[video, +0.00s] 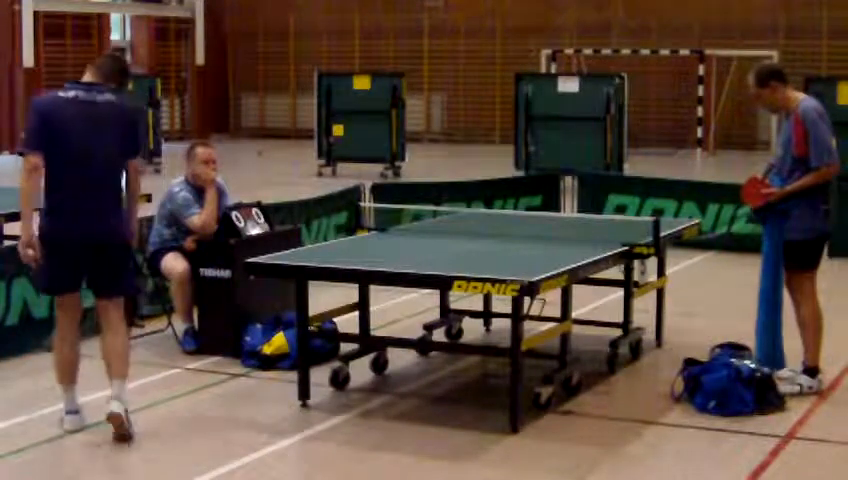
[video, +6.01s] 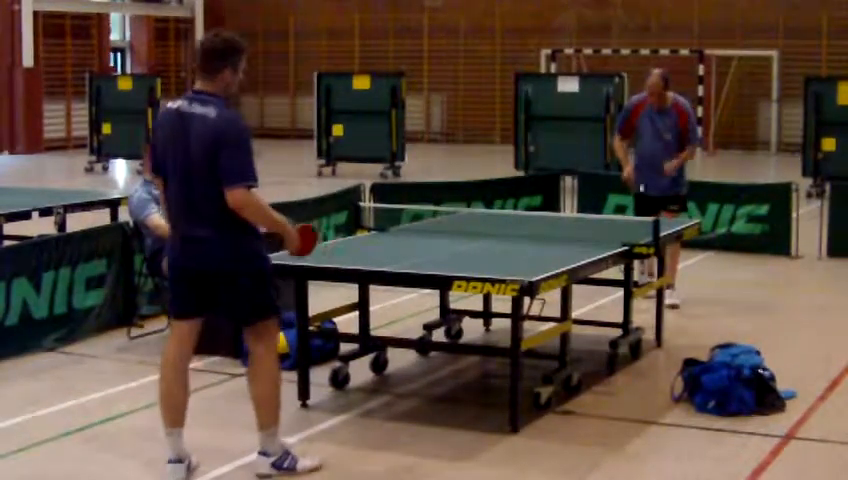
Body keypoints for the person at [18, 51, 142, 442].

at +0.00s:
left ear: (87, 70)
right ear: (118, 84)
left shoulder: (47, 105)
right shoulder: (124, 111)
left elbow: (33, 166)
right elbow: (135, 172)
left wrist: (27, 229)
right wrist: (132, 220)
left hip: (61, 228)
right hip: (109, 228)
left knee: (66, 315)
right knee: (113, 314)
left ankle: (71, 407)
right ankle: (118, 399)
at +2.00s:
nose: (59, 76)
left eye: (62, 69)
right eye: (52, 70)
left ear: (65, 72)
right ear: (33, 72)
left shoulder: (71, 108)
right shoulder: (15, 115)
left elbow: (82, 157)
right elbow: (0, 169)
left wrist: (94, 203)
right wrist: (23, 205)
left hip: (70, 214)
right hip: (38, 216)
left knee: (60, 288)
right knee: (32, 291)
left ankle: (57, 368)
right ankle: (13, 383)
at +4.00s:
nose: (179, 76)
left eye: (177, 68)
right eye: (175, 69)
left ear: (152, 70)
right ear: (162, 70)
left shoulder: (154, 115)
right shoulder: (135, 119)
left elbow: (160, 180)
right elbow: (132, 191)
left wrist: (189, 202)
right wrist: (184, 217)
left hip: (170, 240)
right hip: (147, 245)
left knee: (189, 313)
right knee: (153, 331)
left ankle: (123, 384)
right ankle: (168, 430)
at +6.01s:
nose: (242, 78)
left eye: (241, 70)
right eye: (241, 71)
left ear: (199, 68)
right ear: (229, 71)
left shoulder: (168, 115)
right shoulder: (227, 122)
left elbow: (156, 174)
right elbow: (239, 196)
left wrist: (184, 222)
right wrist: (283, 226)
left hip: (186, 251)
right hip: (235, 252)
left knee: (179, 342)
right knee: (263, 338)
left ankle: (176, 455)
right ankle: (271, 448)